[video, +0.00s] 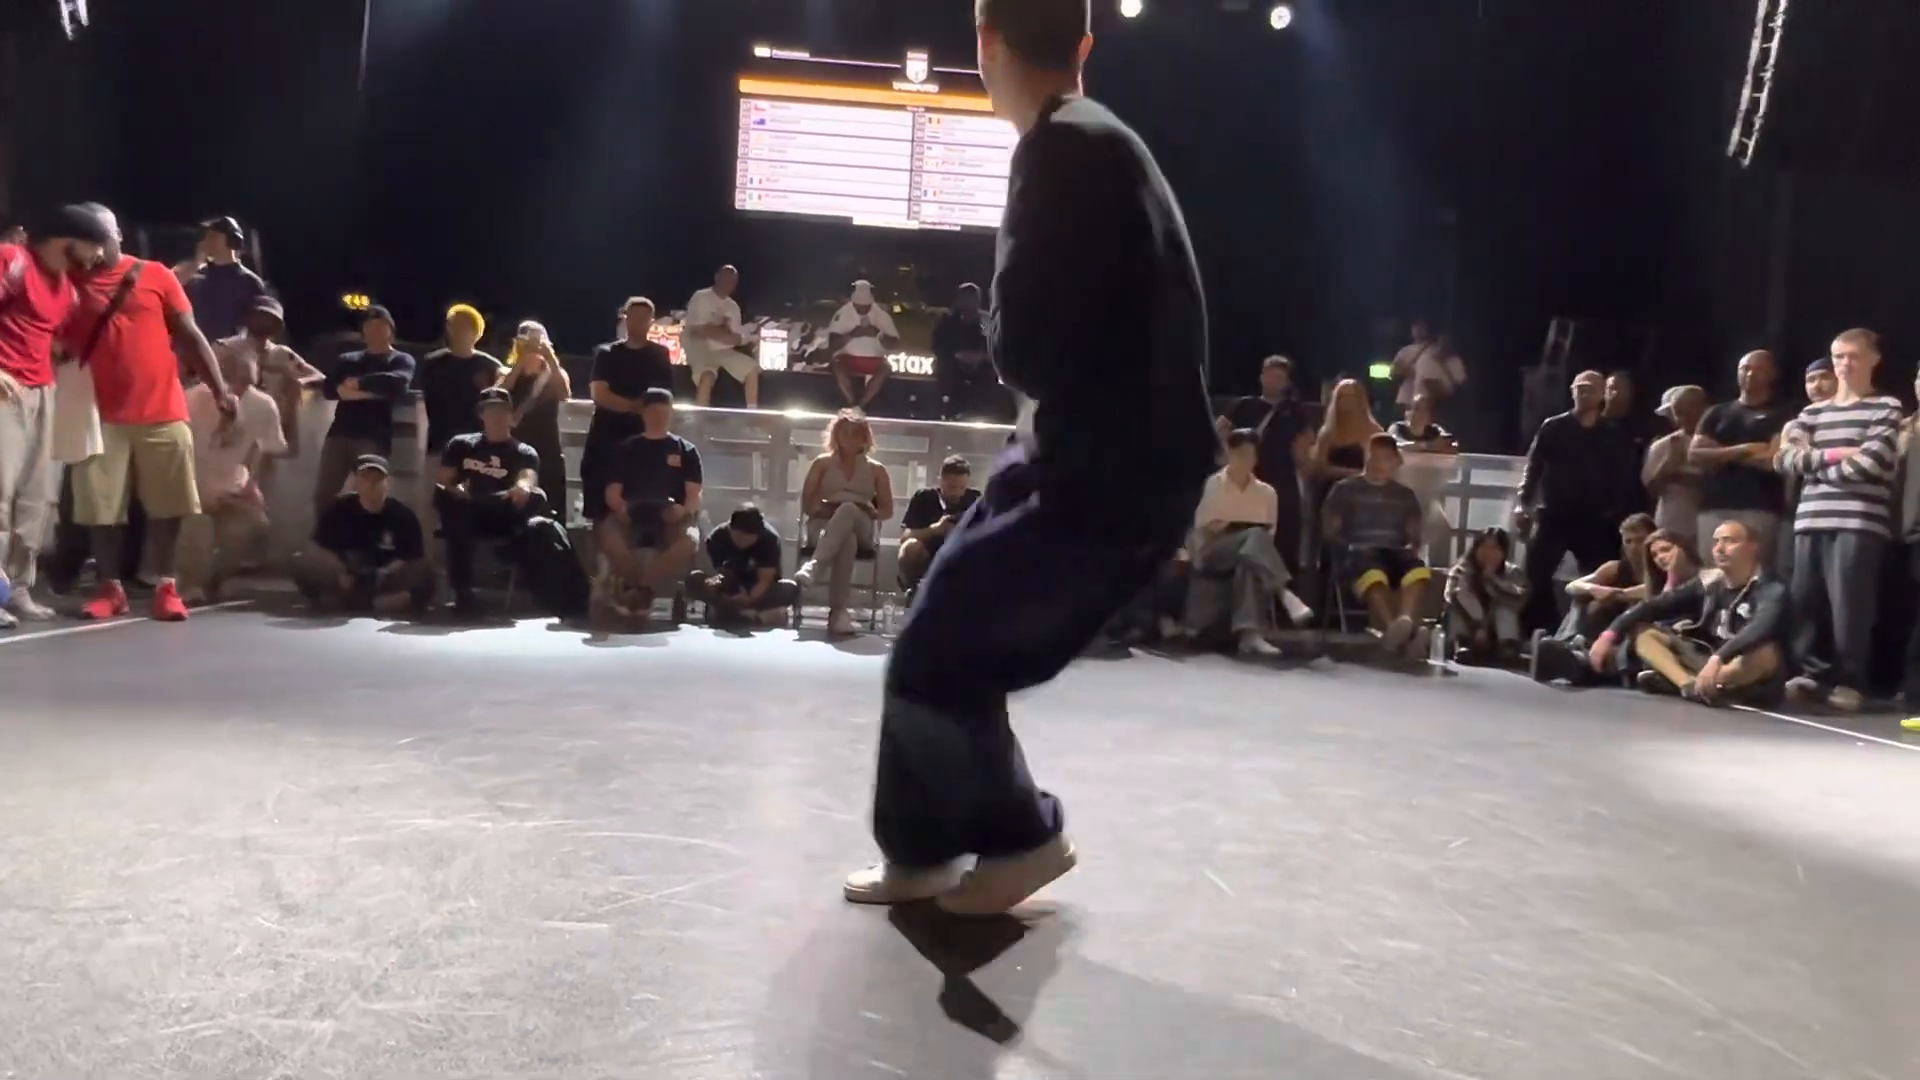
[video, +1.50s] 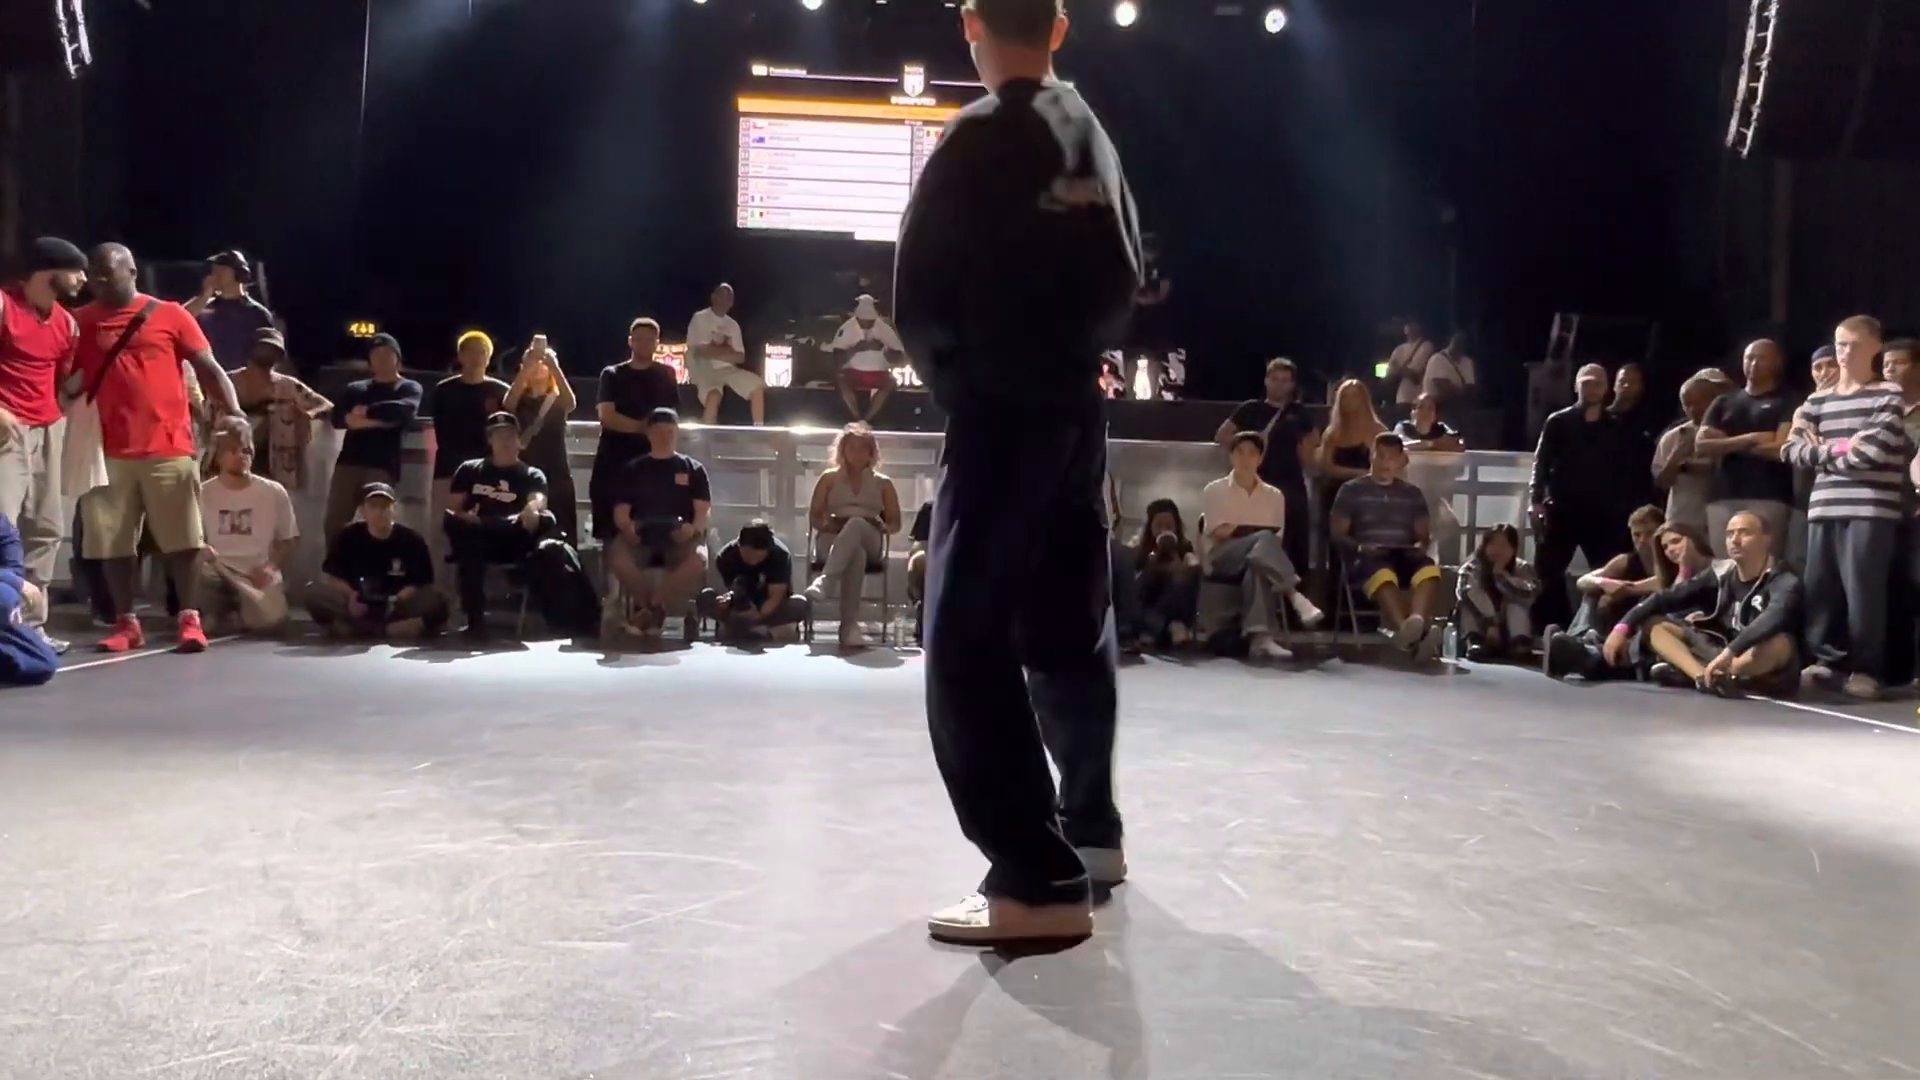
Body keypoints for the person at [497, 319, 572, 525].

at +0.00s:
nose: (535, 350)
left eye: (539, 345)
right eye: (529, 345)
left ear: (546, 347)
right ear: (518, 346)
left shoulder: (552, 375)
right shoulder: (508, 374)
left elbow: (564, 394)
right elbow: (496, 397)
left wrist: (551, 358)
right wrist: (518, 364)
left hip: (548, 449)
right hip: (516, 449)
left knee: (553, 511)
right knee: (516, 510)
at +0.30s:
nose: (528, 344)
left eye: (533, 338)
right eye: (522, 338)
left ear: (541, 343)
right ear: (513, 341)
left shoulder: (548, 372)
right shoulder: (505, 371)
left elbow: (559, 382)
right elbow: (490, 390)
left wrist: (546, 344)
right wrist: (510, 354)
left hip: (542, 440)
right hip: (511, 440)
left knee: (549, 502)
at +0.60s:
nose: (532, 354)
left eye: (537, 349)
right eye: (527, 349)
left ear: (545, 356)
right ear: (516, 355)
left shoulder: (551, 384)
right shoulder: (509, 384)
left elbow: (562, 392)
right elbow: (500, 391)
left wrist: (547, 357)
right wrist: (518, 351)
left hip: (547, 455)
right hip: (517, 455)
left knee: (555, 519)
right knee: (516, 516)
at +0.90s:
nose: (534, 366)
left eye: (540, 361)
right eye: (529, 361)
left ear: (548, 368)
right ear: (520, 367)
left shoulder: (555, 396)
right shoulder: (514, 396)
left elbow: (566, 400)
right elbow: (504, 402)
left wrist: (550, 364)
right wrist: (524, 360)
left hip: (551, 465)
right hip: (521, 466)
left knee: (559, 527)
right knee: (522, 526)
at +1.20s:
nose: (535, 368)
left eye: (541, 364)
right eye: (530, 363)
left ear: (549, 370)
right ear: (521, 369)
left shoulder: (556, 398)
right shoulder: (515, 398)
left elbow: (567, 403)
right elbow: (505, 404)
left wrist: (552, 366)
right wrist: (523, 365)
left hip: (552, 465)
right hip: (522, 466)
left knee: (560, 526)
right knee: (522, 524)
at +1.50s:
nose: (539, 369)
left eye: (544, 364)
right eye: (533, 364)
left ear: (552, 370)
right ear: (523, 369)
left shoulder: (558, 398)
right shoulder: (517, 399)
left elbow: (570, 403)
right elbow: (508, 406)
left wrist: (554, 367)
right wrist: (526, 366)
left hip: (555, 468)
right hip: (524, 469)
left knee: (563, 530)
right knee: (525, 529)